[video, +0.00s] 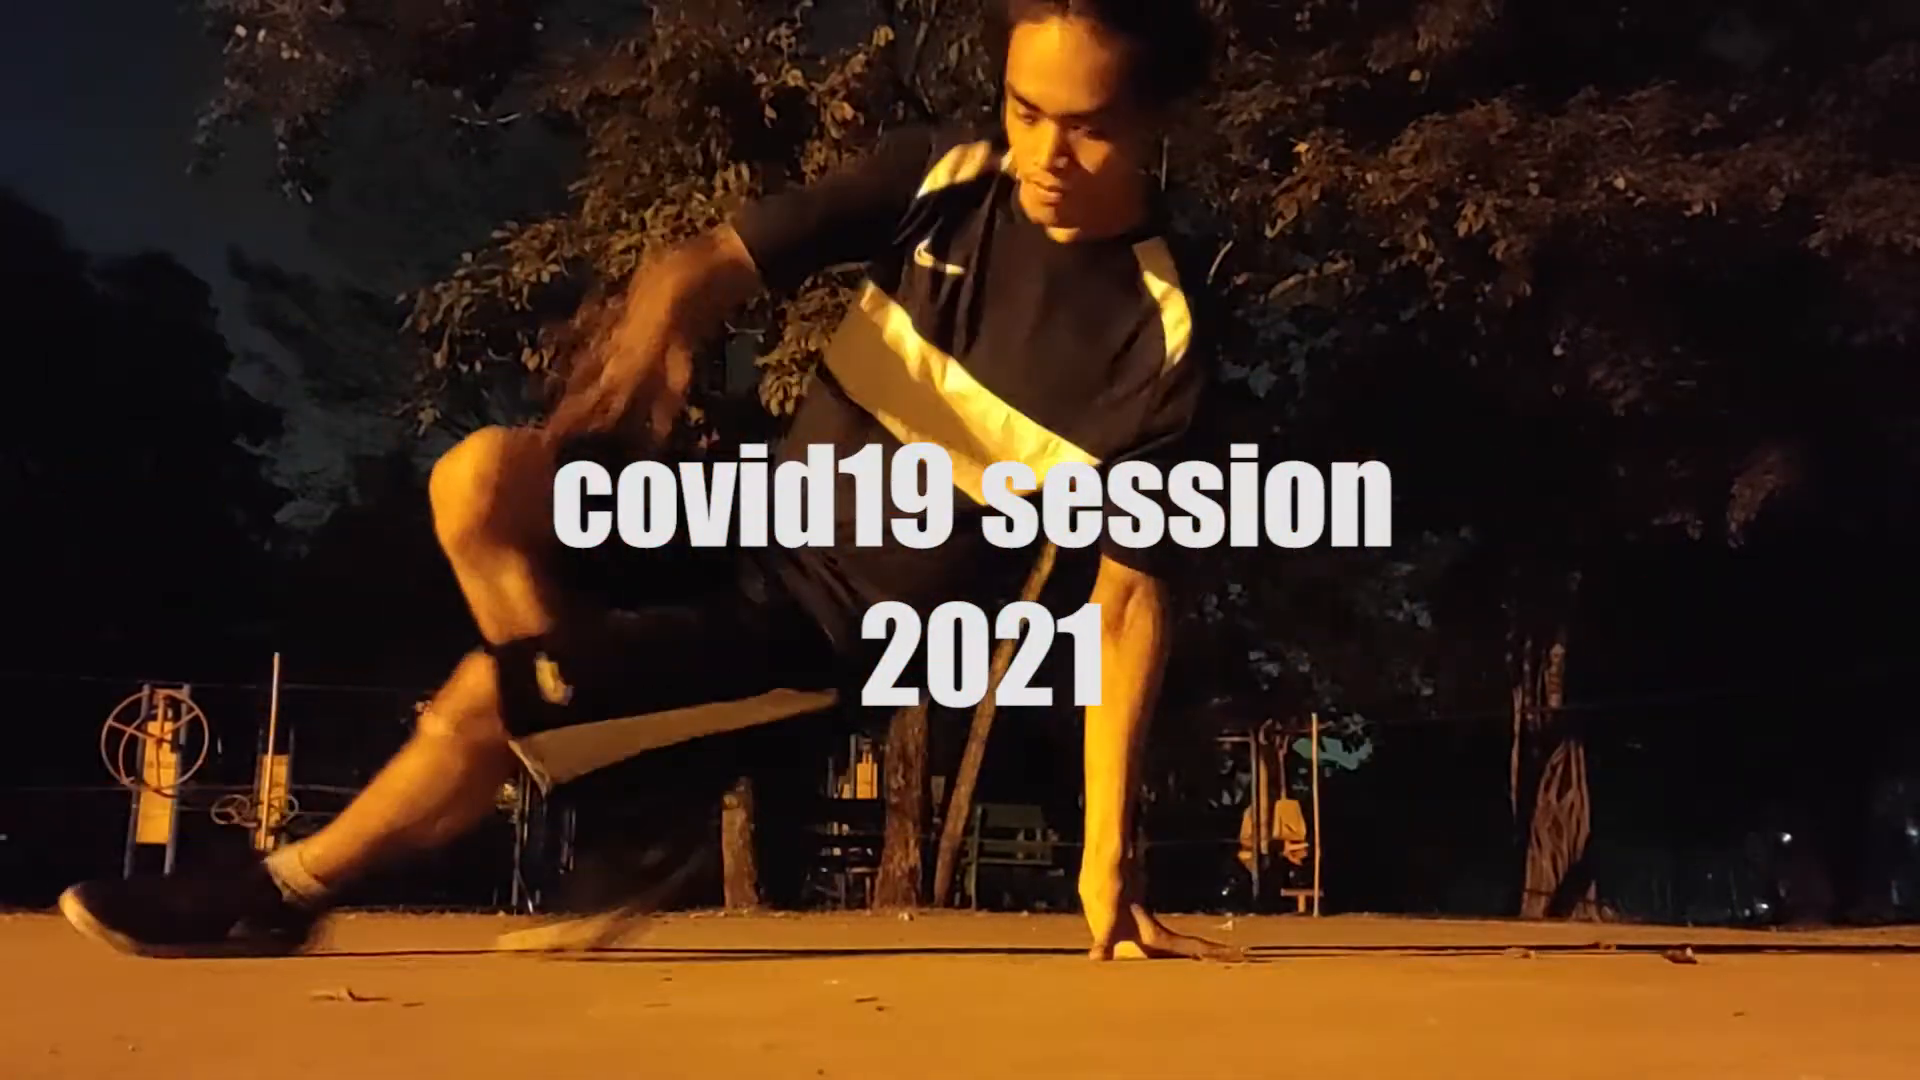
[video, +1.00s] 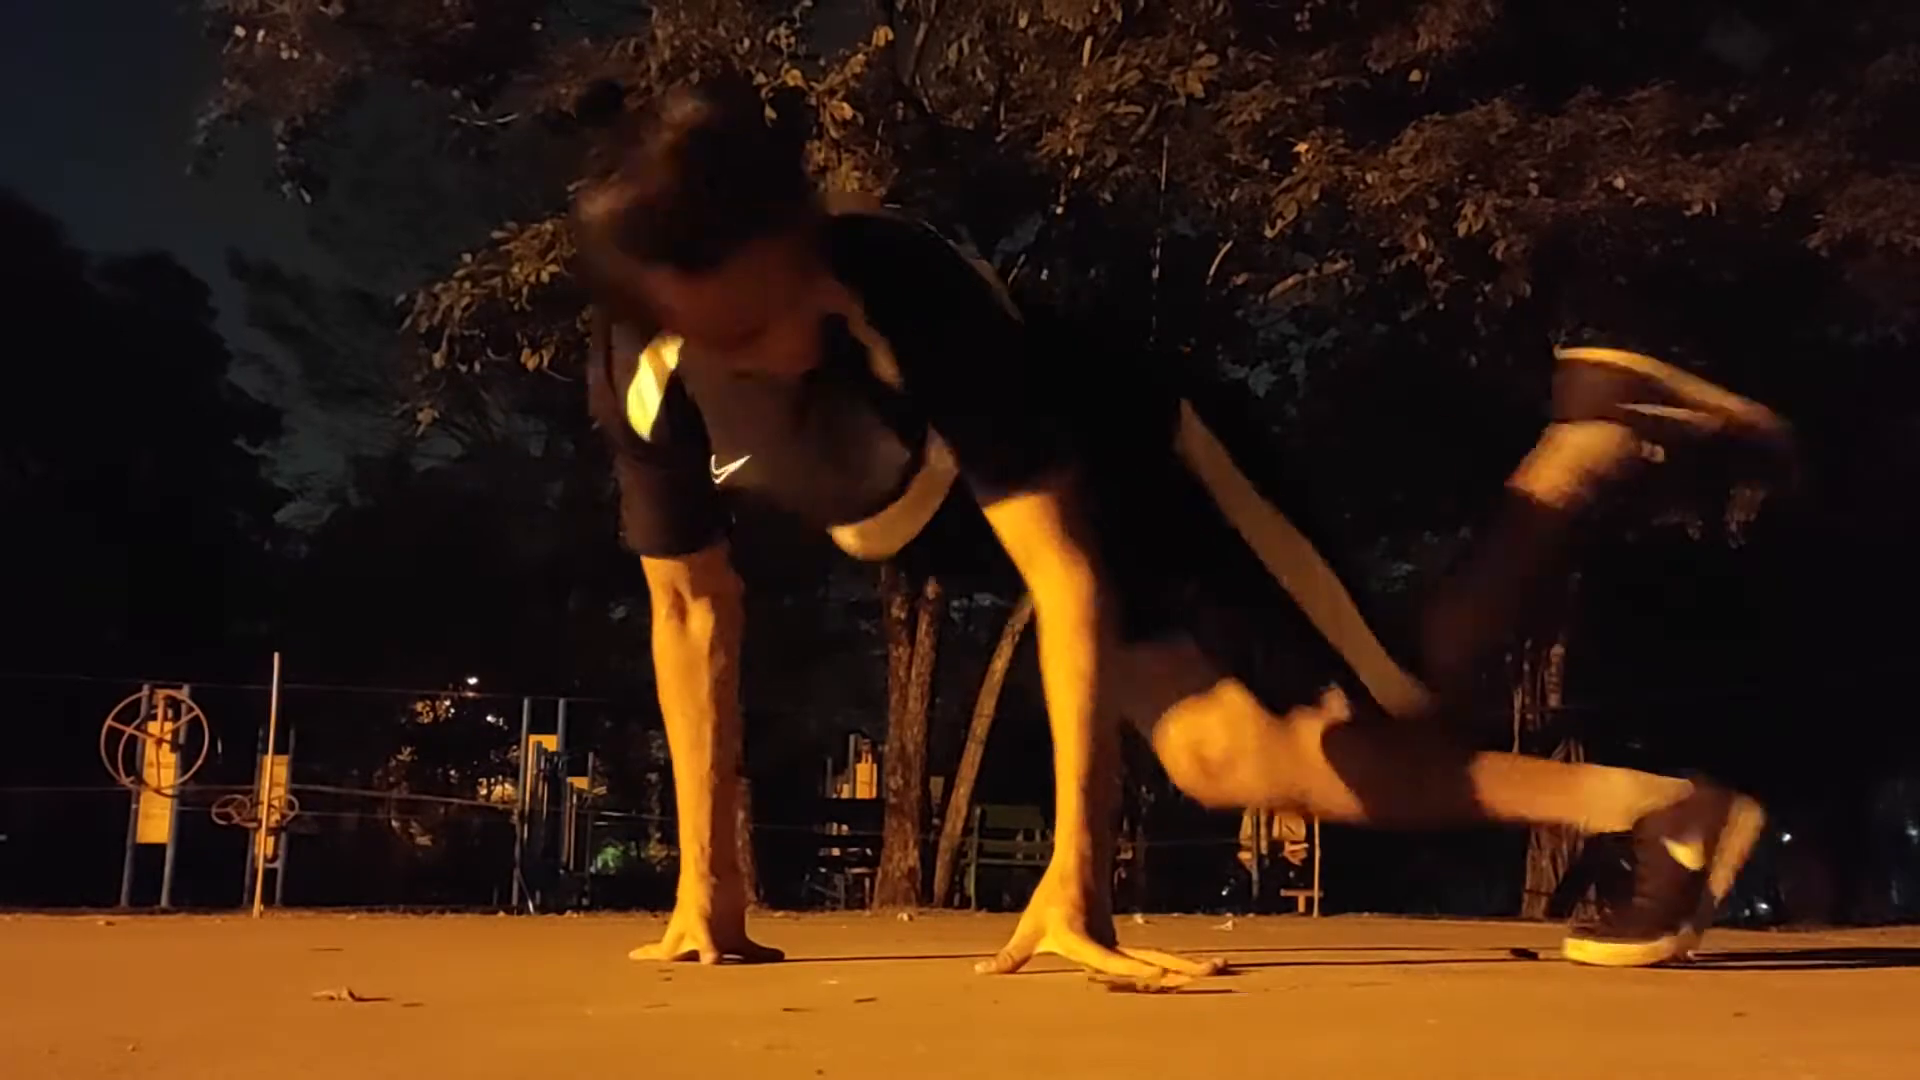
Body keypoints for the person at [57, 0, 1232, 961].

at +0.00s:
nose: (1045, 154)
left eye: (1087, 127)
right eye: (1026, 115)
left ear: (1163, 129)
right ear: (1004, 99)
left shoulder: (1166, 352)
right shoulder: (953, 180)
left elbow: (1132, 607)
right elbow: (722, 251)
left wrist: (1108, 857)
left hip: (846, 612)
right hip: (755, 502)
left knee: (492, 701)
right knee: (477, 482)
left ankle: (282, 893)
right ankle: (603, 761)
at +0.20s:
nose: (988, 304)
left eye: (1028, 273)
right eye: (961, 263)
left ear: (1089, 246)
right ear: (928, 210)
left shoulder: (1146, 339)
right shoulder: (837, 266)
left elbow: (1119, 602)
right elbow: (750, 537)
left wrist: (1107, 859)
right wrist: (664, 821)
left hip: (910, 556)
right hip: (773, 472)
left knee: (737, 810)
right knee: (604, 669)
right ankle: (546, 852)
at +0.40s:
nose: (769, 414)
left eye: (795, 386)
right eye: (742, 390)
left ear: (875, 311)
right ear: (712, 349)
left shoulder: (1030, 320)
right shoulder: (712, 373)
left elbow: (1092, 575)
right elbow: (720, 605)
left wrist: (1133, 831)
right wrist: (706, 867)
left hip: (1000, 508)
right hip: (832, 516)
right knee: (879, 797)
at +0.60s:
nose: (647, 422)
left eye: (636, 393)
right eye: (621, 409)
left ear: (681, 307)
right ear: (613, 358)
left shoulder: (917, 266)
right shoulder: (686, 399)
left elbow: (1042, 543)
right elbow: (719, 619)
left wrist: (1081, 839)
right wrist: (707, 872)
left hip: (1018, 447)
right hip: (913, 528)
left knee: (1167, 642)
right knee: (1142, 632)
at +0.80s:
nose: (659, 392)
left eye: (663, 354)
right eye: (630, 375)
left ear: (719, 278)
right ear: (608, 345)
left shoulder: (880, 299)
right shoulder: (658, 394)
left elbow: (1075, 590)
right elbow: (703, 611)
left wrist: (1075, 881)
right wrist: (711, 878)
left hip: (1133, 445)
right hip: (1019, 532)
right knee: (1186, 782)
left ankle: (1598, 824)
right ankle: (1573, 810)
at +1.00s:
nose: (729, 351)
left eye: (742, 315)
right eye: (695, 329)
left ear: (797, 244)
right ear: (650, 308)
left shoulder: (910, 290)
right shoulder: (645, 381)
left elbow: (1068, 577)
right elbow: (688, 610)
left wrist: (1074, 884)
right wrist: (707, 880)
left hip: (1140, 457)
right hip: (1013, 544)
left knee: (1397, 733)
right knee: (1234, 757)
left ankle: (1584, 448)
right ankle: (1642, 802)